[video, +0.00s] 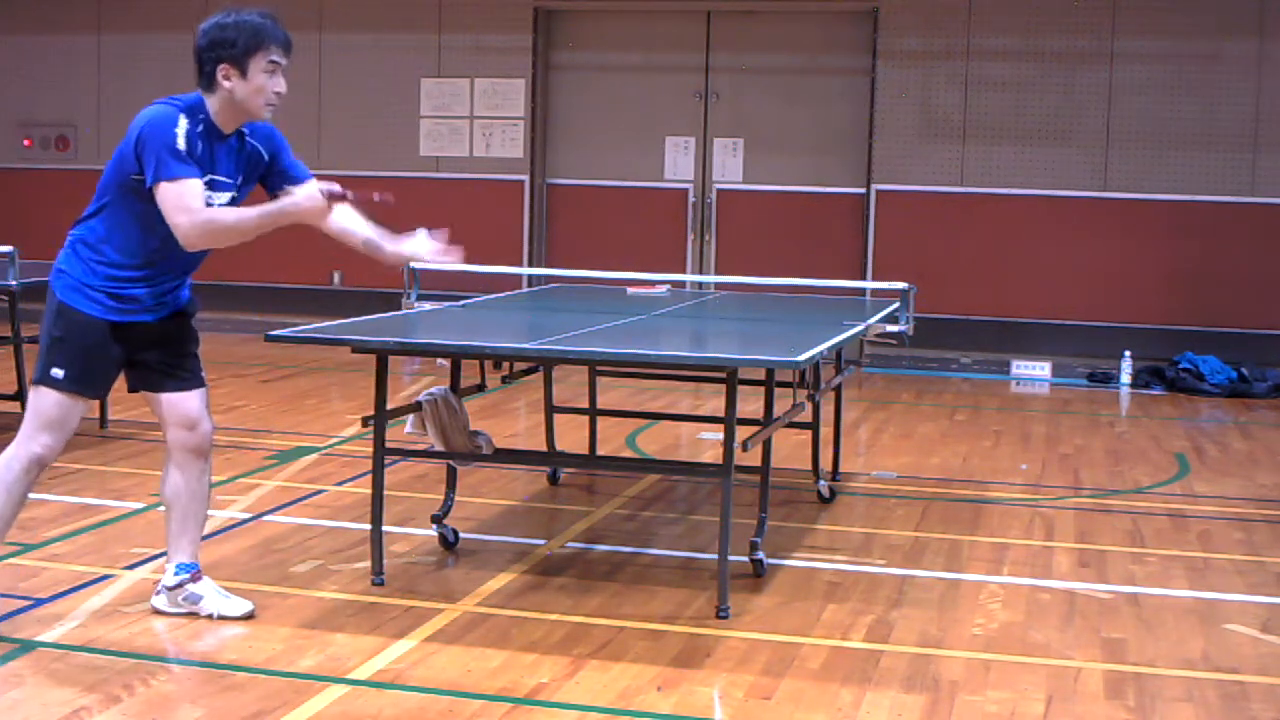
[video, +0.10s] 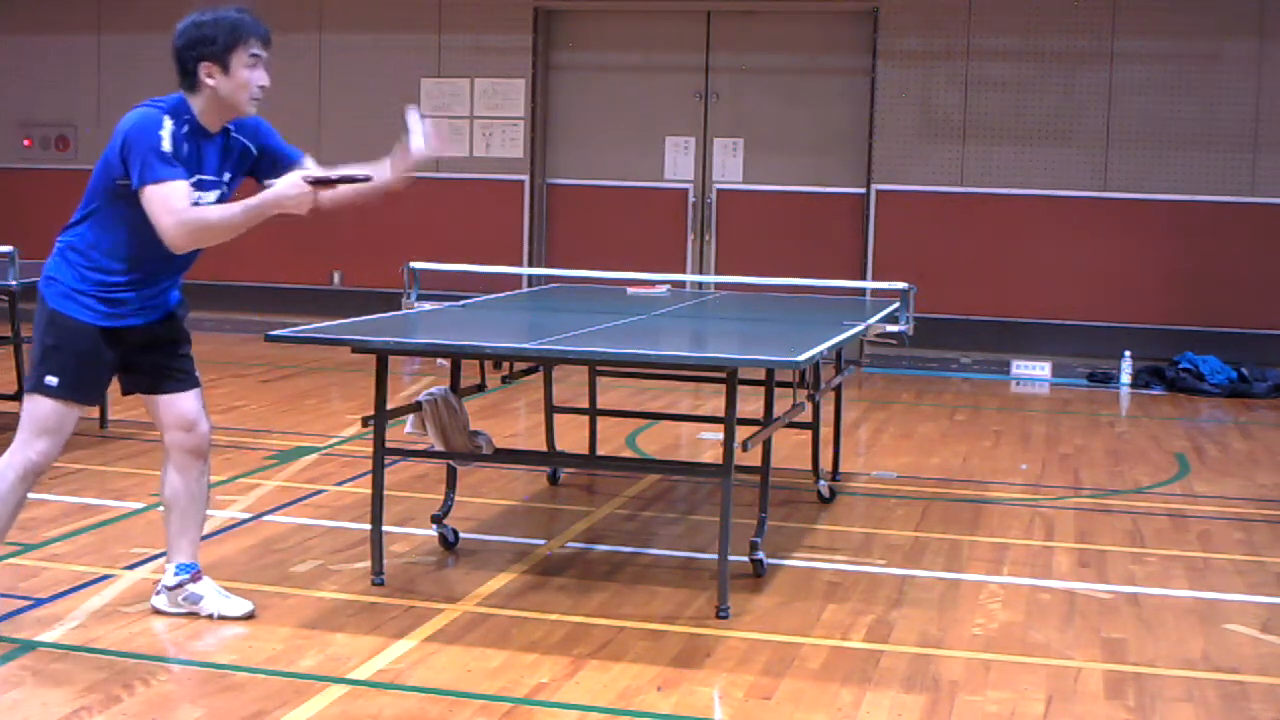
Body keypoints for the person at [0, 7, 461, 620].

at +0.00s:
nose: (281, 85)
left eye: (282, 71)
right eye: (269, 70)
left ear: (241, 76)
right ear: (225, 73)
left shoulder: (261, 141)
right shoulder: (165, 125)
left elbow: (324, 208)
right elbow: (192, 229)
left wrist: (392, 245)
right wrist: (290, 209)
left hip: (161, 303)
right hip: (90, 295)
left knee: (192, 435)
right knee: (38, 444)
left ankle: (179, 578)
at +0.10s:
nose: (265, 78)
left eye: (265, 64)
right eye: (253, 63)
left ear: (221, 72)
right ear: (208, 70)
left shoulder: (246, 133)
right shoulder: (150, 126)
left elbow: (315, 189)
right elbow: (178, 231)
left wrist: (388, 173)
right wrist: (270, 201)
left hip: (152, 304)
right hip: (80, 297)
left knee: (190, 434)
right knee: (35, 448)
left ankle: (180, 578)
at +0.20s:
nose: (245, 68)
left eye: (243, 54)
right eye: (231, 54)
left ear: (206, 67)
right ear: (186, 65)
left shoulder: (225, 123)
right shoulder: (133, 125)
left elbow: (312, 147)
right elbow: (156, 232)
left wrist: (401, 150)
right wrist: (252, 208)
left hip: (144, 304)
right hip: (69, 302)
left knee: (187, 435)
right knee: (30, 455)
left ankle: (180, 579)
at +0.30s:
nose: (222, 55)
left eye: (218, 42)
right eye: (206, 43)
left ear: (178, 59)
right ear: (164, 57)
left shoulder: (209, 116)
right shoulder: (113, 123)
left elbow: (298, 140)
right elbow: (122, 231)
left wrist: (390, 153)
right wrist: (222, 222)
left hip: (137, 303)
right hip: (62, 303)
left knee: (183, 434)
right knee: (25, 456)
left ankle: (180, 579)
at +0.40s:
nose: (208, 50)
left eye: (204, 38)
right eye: (192, 38)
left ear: (172, 56)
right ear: (149, 55)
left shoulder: (205, 116)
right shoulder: (99, 119)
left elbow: (300, 140)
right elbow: (73, 217)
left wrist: (383, 156)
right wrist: (178, 235)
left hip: (133, 305)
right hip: (56, 305)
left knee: (180, 439)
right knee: (19, 462)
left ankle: (181, 578)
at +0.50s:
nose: (202, 52)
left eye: (198, 39)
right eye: (185, 40)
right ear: (142, 59)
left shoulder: (206, 122)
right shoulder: (92, 121)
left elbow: (302, 150)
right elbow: (21, 190)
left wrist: (381, 177)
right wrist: (107, 208)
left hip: (131, 310)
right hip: (51, 310)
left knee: (180, 440)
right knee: (17, 467)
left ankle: (180, 578)